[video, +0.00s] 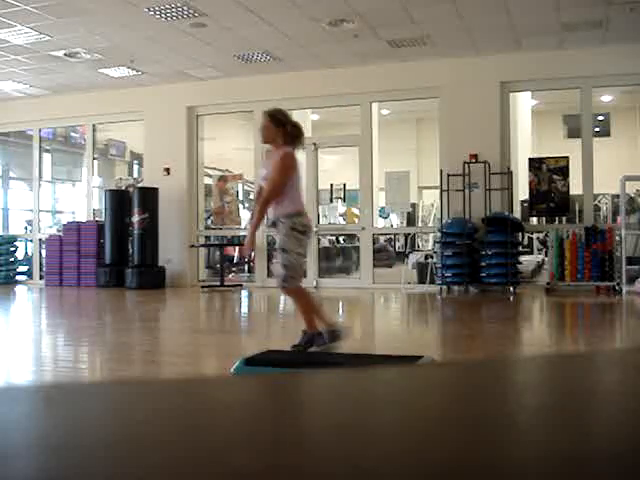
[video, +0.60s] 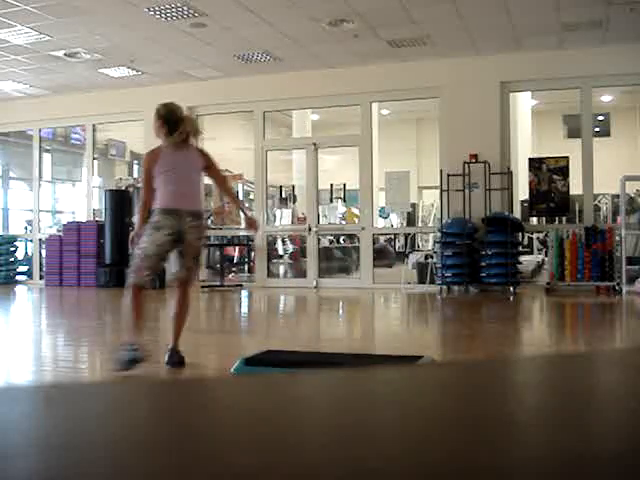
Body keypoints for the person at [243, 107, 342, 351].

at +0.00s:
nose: (262, 130)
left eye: (266, 126)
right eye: (263, 126)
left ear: (279, 129)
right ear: (276, 130)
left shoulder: (285, 157)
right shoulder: (273, 156)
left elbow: (267, 197)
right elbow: (261, 195)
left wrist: (250, 235)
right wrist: (250, 230)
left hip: (293, 221)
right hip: (282, 222)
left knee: (289, 281)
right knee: (288, 281)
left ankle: (328, 328)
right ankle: (312, 330)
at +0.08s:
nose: (241, 128)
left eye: (245, 124)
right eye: (242, 124)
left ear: (258, 126)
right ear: (258, 127)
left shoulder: (266, 153)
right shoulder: (258, 153)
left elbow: (256, 192)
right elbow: (253, 184)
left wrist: (242, 228)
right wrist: (230, 180)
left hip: (277, 217)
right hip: (269, 217)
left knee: (257, 277)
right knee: (278, 276)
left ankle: (266, 338)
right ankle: (300, 328)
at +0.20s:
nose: (214, 144)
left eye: (218, 139)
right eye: (216, 139)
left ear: (230, 143)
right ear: (235, 143)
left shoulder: (240, 172)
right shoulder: (248, 169)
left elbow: (228, 213)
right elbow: (241, 208)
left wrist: (216, 248)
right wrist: (222, 191)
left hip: (251, 234)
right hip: (264, 232)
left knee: (219, 287)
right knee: (266, 289)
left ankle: (195, 344)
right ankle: (294, 337)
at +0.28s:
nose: (200, 150)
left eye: (204, 145)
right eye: (201, 145)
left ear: (216, 147)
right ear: (221, 147)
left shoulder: (224, 175)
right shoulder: (235, 171)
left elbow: (212, 214)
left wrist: (203, 248)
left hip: (234, 241)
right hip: (250, 238)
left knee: (197, 289)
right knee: (260, 291)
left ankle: (184, 350)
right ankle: (292, 336)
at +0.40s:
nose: (174, 133)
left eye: (177, 128)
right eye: (175, 127)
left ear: (188, 131)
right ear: (200, 131)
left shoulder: (183, 163)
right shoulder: (218, 159)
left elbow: (172, 203)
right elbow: (239, 190)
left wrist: (163, 234)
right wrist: (260, 215)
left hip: (198, 225)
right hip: (225, 224)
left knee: (172, 282)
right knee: (226, 281)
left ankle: (178, 347)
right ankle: (252, 333)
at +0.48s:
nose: (169, 129)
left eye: (172, 124)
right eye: (171, 124)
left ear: (183, 127)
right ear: (196, 126)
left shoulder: (176, 160)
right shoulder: (214, 156)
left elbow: (166, 199)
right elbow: (238, 187)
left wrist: (155, 230)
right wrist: (260, 213)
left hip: (192, 221)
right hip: (219, 221)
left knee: (164, 279)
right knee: (219, 283)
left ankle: (174, 343)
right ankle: (233, 338)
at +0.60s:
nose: (153, 126)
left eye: (155, 122)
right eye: (155, 121)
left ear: (161, 125)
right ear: (180, 123)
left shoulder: (153, 156)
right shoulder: (198, 154)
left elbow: (147, 198)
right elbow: (223, 185)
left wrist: (139, 228)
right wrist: (245, 213)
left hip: (164, 218)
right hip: (194, 219)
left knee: (137, 278)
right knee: (184, 283)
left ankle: (135, 344)